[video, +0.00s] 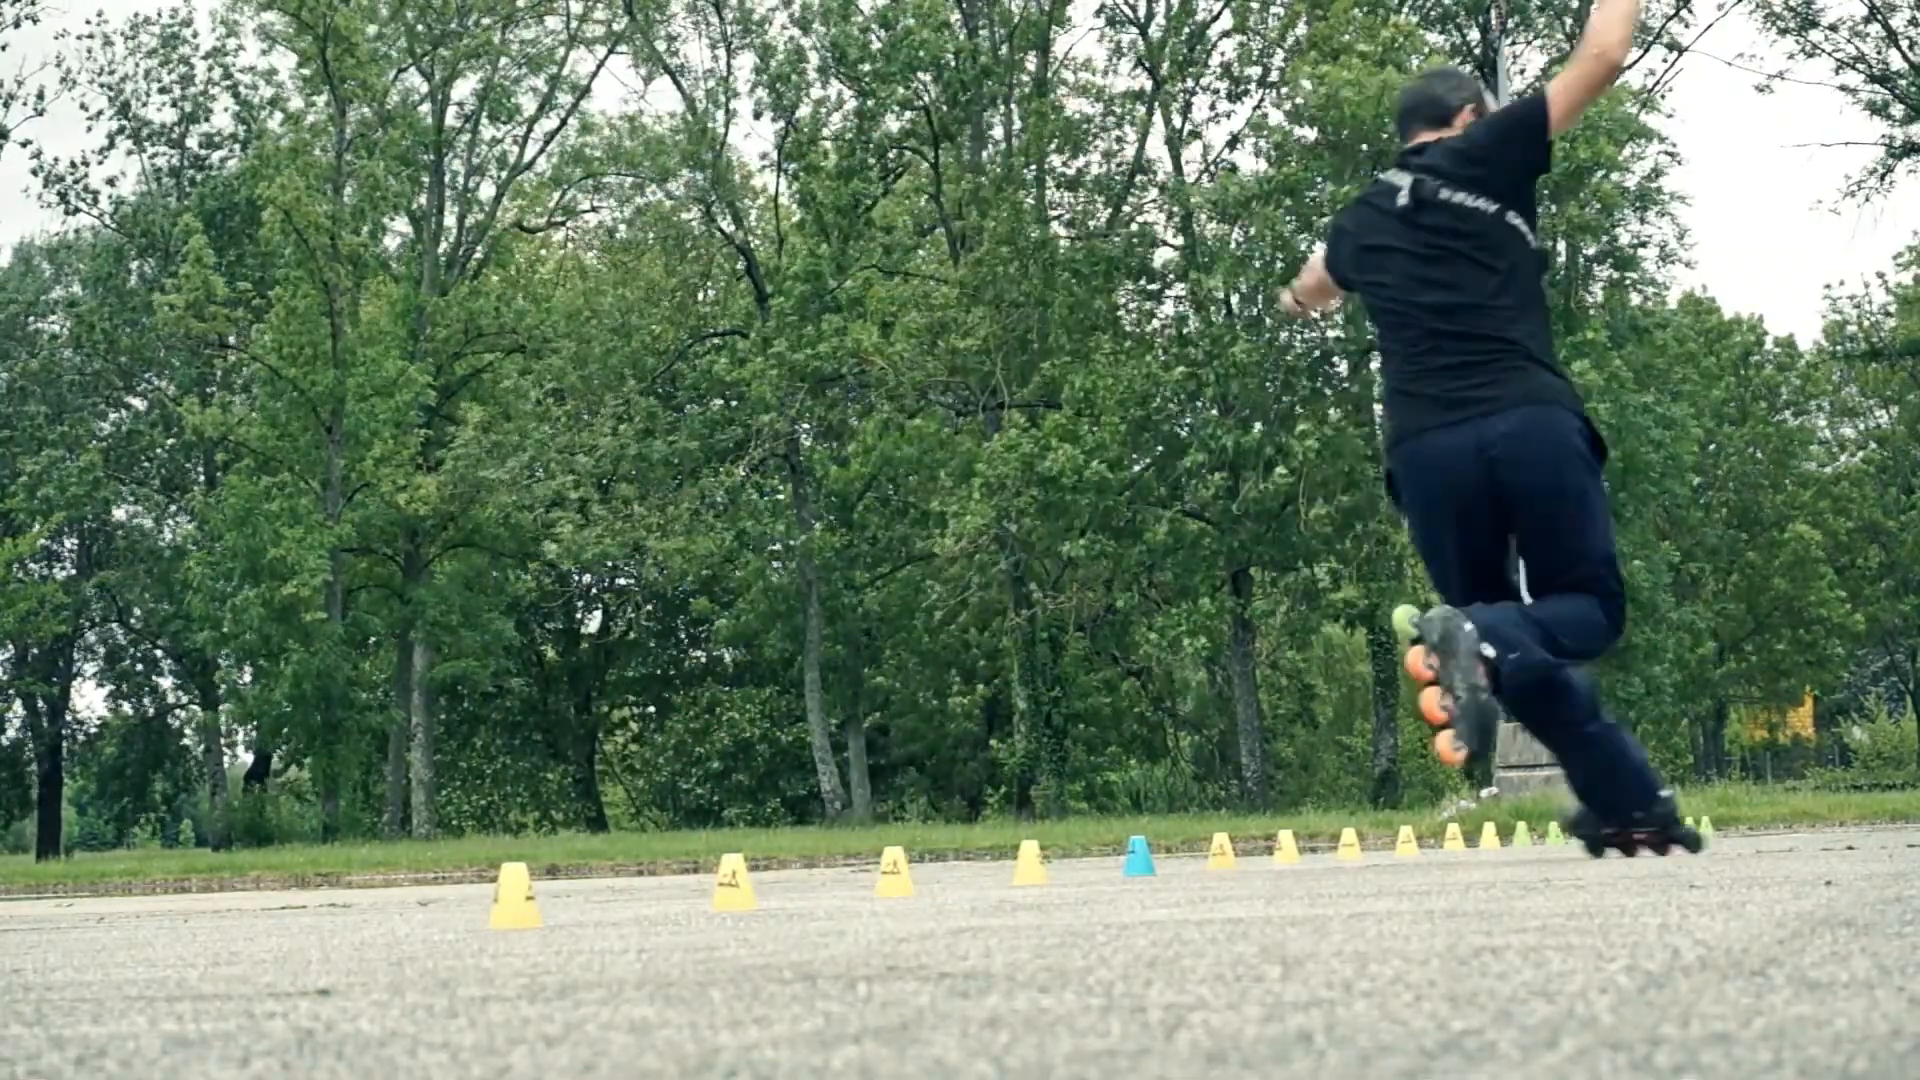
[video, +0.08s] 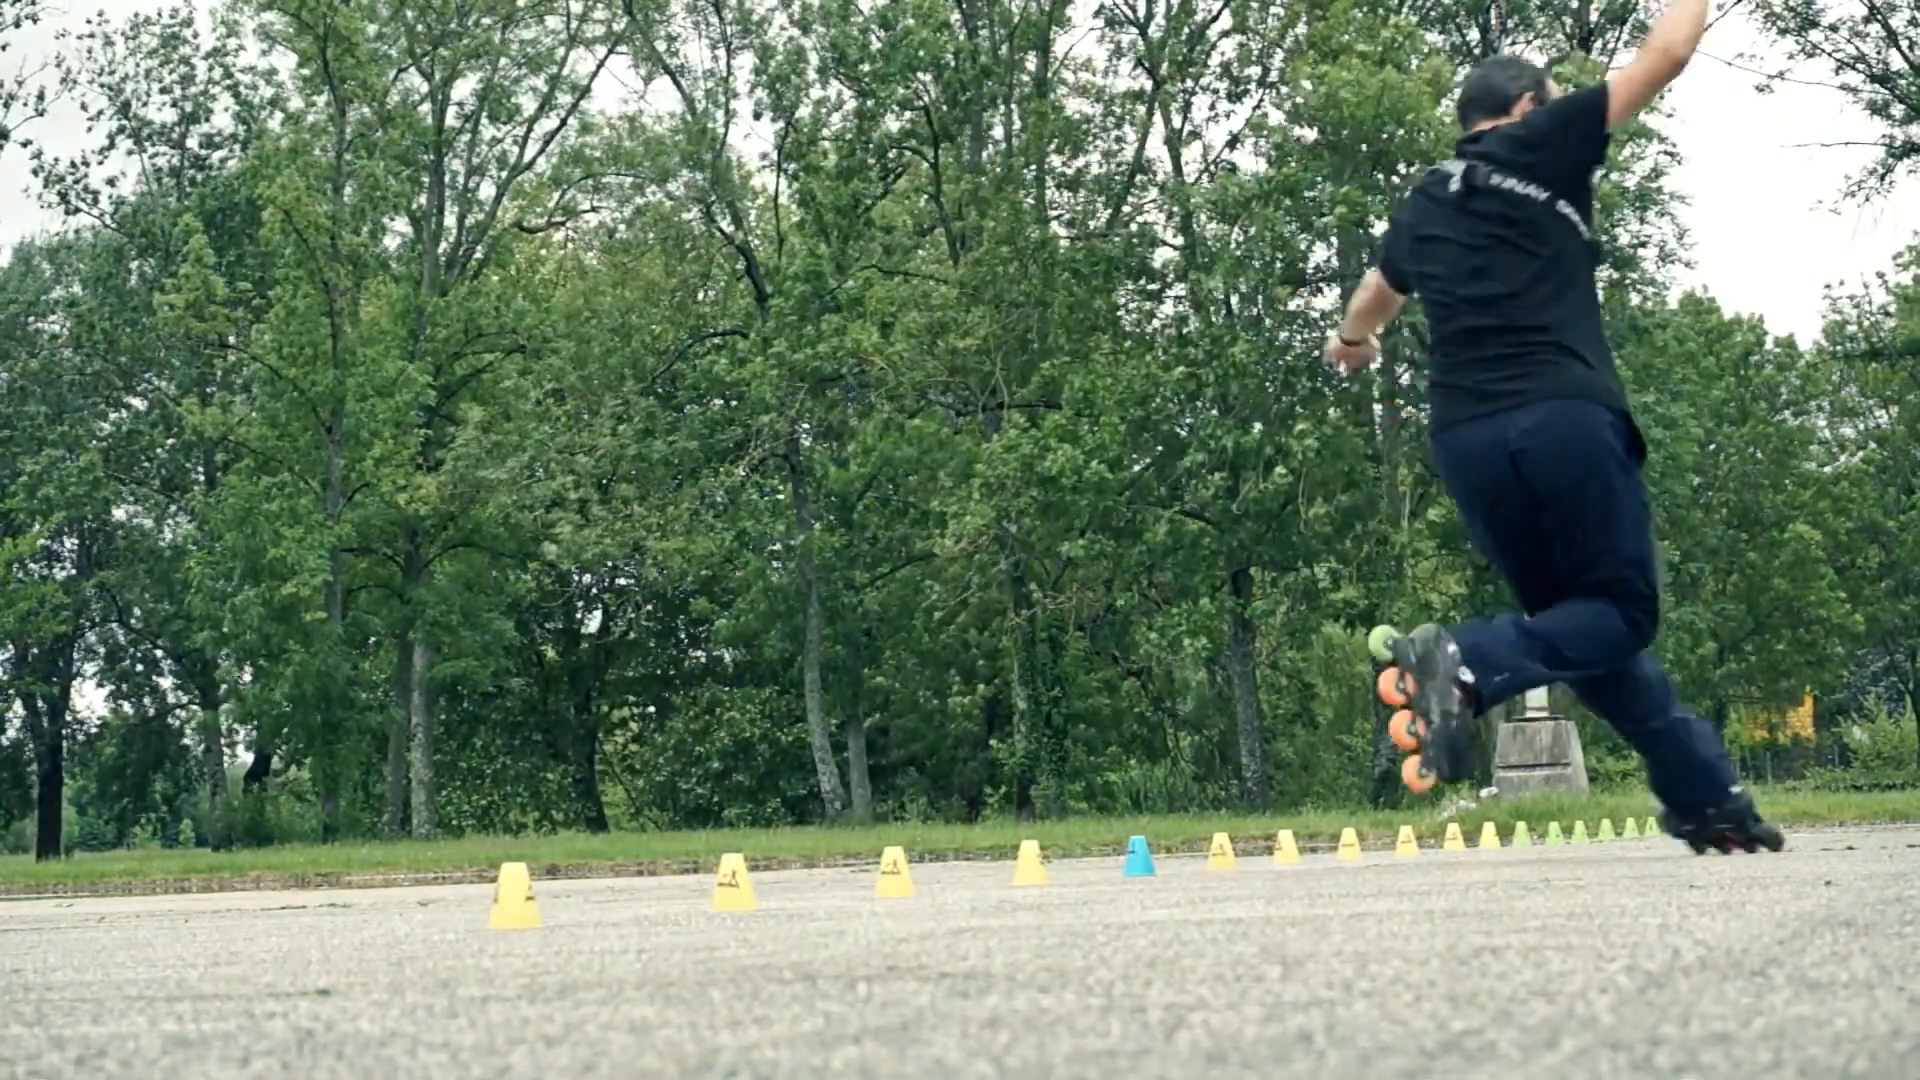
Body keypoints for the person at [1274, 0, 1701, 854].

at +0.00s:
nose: (1490, 122)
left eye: (1485, 114)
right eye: (1484, 113)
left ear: (1404, 130)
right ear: (1464, 117)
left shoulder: (1360, 219)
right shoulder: (1492, 149)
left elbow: (1309, 294)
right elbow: (1602, 56)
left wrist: (1314, 285)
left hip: (1426, 450)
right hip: (1530, 425)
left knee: (1504, 645)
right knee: (1591, 608)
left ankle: (1632, 807)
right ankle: (1482, 640)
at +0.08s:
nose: (1553, 116)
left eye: (1549, 106)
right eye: (1547, 105)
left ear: (1465, 119)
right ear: (1523, 108)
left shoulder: (1421, 205)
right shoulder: (1546, 139)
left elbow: (1372, 300)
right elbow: (1664, 54)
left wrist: (1353, 339)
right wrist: (1693, 3)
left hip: (1464, 437)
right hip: (1564, 412)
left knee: (1584, 633)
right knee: (1621, 608)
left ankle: (1704, 796)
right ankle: (1465, 665)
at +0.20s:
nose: (1654, 99)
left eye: (1648, 87)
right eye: (1642, 87)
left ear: (1554, 99)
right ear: (1604, 89)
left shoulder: (1494, 187)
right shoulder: (1613, 117)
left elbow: (1447, 317)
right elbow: (1752, 55)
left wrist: (1415, 396)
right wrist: (1795, 9)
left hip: (1503, 427)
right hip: (1593, 409)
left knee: (1670, 615)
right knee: (1655, 620)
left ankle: (1782, 793)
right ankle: (1484, 729)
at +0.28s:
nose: (1696, 95)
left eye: (1694, 84)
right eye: (1686, 83)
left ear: (1613, 78)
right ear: (1636, 76)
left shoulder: (1522, 181)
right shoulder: (1621, 113)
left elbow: (1493, 317)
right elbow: (1772, 72)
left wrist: (1473, 429)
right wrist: (1829, 67)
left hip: (1519, 423)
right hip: (1604, 401)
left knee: (1699, 606)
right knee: (1672, 612)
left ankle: (1800, 775)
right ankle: (1483, 730)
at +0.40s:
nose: (1727, 95)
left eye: (1728, 80)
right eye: (1718, 77)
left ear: (1648, 67)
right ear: (1665, 64)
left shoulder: (1562, 151)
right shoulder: (1628, 101)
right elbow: (1788, 91)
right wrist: (1851, 151)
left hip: (1534, 404)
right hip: (1592, 390)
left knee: (1724, 606)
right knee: (1675, 612)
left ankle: (1806, 774)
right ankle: (1463, 737)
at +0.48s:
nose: (1731, 96)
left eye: (1736, 81)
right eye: (1720, 75)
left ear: (1663, 67)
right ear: (1662, 58)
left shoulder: (1613, 152)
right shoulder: (1610, 100)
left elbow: (1584, 320)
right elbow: (1748, 110)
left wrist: (1661, 467)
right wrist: (1834, 188)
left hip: (1596, 404)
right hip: (1561, 396)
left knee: (1718, 595)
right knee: (1657, 610)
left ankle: (1776, 763)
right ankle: (1456, 739)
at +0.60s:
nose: (1705, 89)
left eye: (1717, 74)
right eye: (1694, 63)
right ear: (1632, 45)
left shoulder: (1632, 174)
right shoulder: (1562, 89)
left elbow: (1614, 331)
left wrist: (1716, 429)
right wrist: (1740, 203)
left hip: (1591, 428)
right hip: (1511, 413)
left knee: (1688, 582)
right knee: (1610, 607)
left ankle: (1691, 766)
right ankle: (1449, 744)